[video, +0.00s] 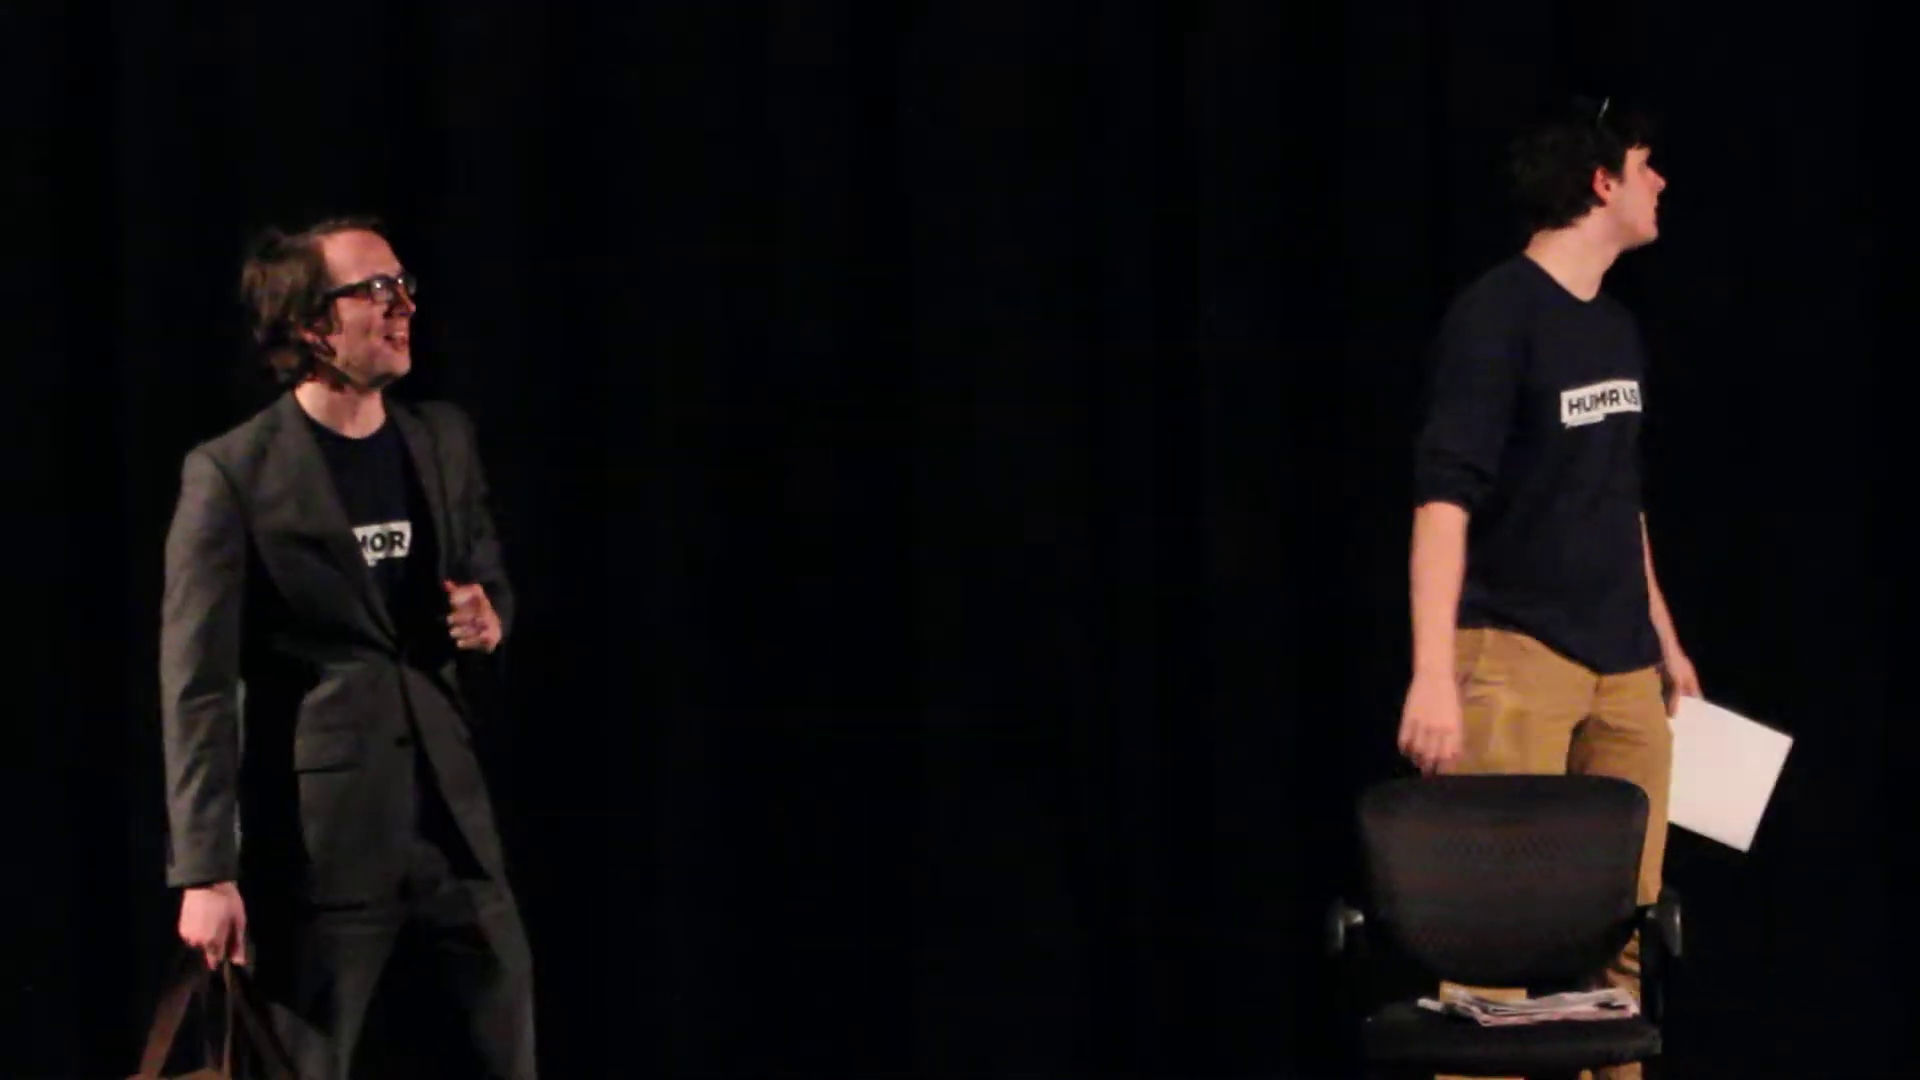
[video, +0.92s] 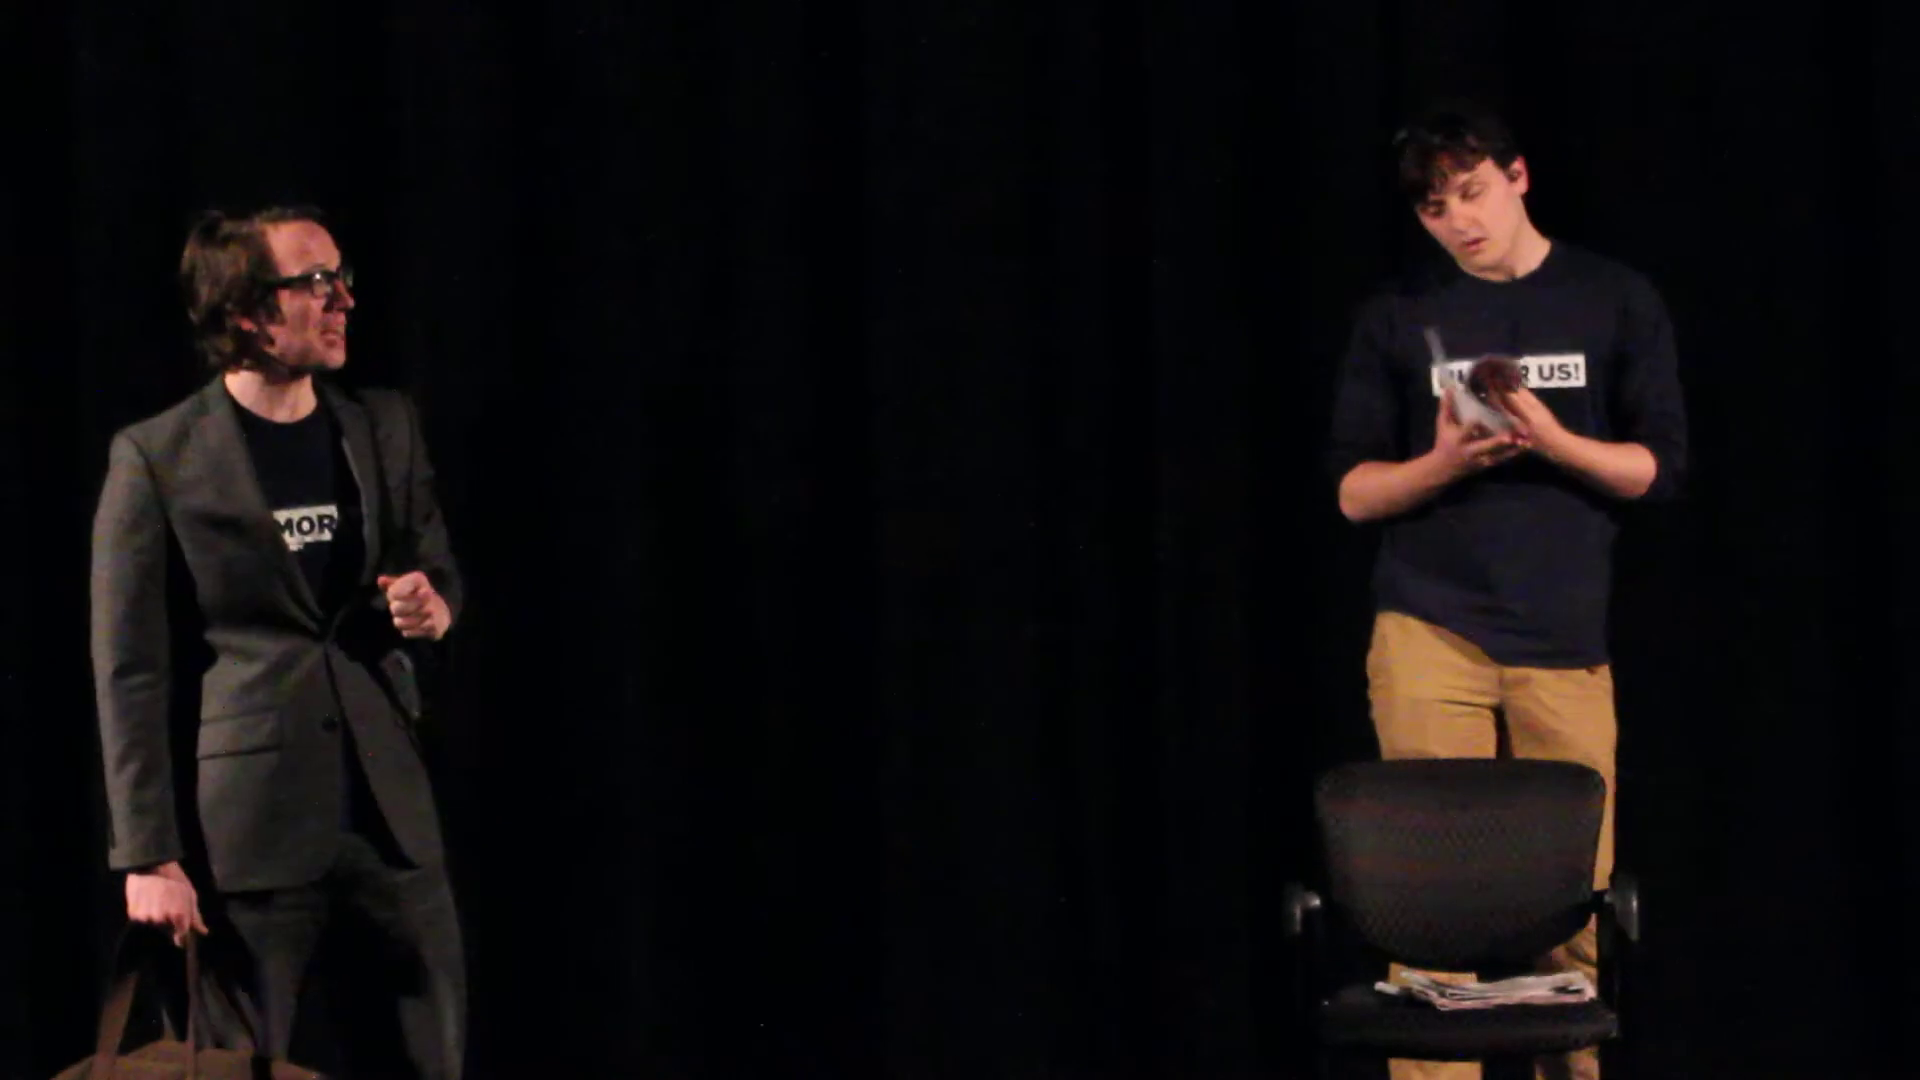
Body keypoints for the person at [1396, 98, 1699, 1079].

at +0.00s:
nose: (1660, 185)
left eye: (1652, 167)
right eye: (1645, 168)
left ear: (1599, 186)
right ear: (1600, 185)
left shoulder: (1616, 327)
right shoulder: (1495, 315)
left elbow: (1620, 507)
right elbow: (1443, 501)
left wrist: (1665, 643)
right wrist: (1432, 674)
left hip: (1626, 661)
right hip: (1512, 656)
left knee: (1621, 924)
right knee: (1493, 923)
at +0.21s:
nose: (1669, 169)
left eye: (1659, 153)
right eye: (1644, 158)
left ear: (1606, 190)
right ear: (1587, 190)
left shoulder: (1630, 310)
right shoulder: (1504, 314)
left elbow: (1623, 499)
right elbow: (1469, 499)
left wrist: (1706, 612)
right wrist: (1566, 640)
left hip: (1640, 645)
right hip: (1525, 645)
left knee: (1617, 907)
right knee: (1523, 906)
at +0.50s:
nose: (1582, 189)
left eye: (1589, 165)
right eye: (1552, 178)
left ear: (1612, 173)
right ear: (1513, 206)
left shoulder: (1665, 301)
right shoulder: (1474, 317)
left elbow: (1714, 436)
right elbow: (1445, 496)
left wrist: (1720, 465)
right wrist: (1593, 507)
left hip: (1638, 636)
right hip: (1511, 635)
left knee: (1610, 891)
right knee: (1502, 883)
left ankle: (1592, 1076)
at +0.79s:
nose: (1482, 218)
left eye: (1494, 189)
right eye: (1459, 202)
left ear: (1541, 175)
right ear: (1442, 212)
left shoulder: (1635, 298)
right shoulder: (1421, 313)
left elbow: (1685, 465)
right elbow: (1369, 490)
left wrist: (1592, 431)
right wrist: (1468, 469)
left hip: (1590, 636)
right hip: (1456, 630)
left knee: (1587, 888)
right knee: (1459, 877)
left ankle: (1579, 1074)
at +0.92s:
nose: (1455, 221)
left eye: (1470, 192)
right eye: (1435, 205)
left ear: (1518, 179)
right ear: (1419, 216)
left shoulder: (1616, 302)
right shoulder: (1397, 318)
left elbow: (1657, 471)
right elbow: (1354, 493)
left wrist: (1549, 436)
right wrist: (1442, 464)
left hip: (1565, 642)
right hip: (1427, 633)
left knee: (1574, 888)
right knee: (1435, 880)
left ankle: (1572, 1073)